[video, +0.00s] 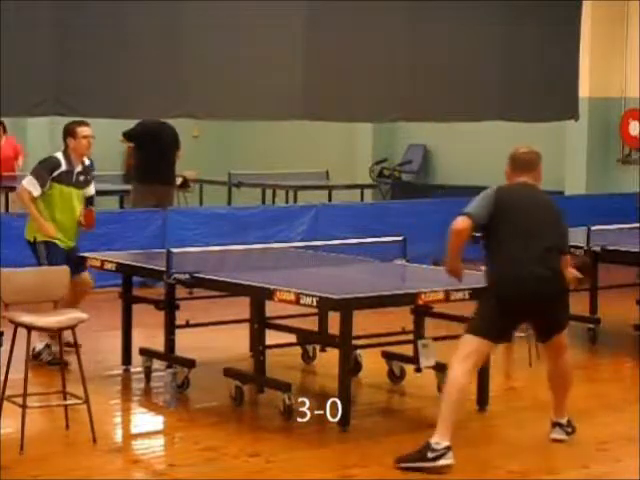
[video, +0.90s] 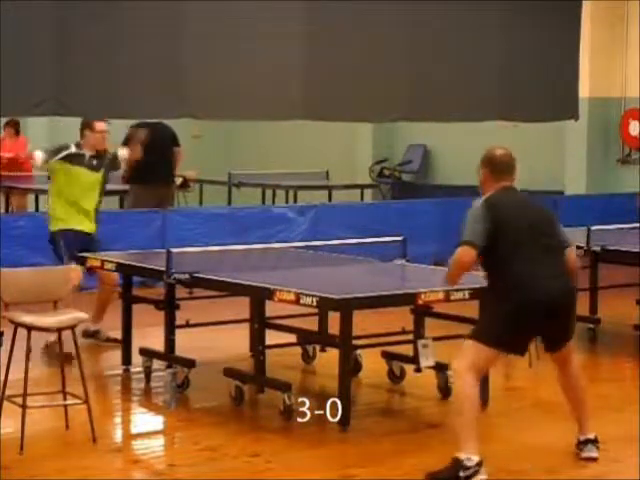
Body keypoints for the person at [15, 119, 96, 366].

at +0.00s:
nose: (89, 143)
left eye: (90, 138)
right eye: (84, 138)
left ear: (88, 142)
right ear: (70, 141)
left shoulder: (87, 168)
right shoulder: (52, 164)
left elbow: (89, 201)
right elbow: (23, 192)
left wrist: (87, 219)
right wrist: (41, 223)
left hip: (68, 238)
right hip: (45, 237)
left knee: (83, 284)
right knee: (57, 290)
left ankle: (57, 331)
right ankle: (47, 344)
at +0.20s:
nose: (102, 154)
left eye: (103, 150)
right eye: (98, 149)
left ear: (98, 153)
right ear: (83, 151)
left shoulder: (90, 178)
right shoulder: (67, 173)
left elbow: (81, 214)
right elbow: (40, 199)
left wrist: (94, 230)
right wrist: (69, 226)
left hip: (74, 246)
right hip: (53, 246)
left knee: (97, 280)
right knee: (54, 295)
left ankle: (83, 329)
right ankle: (40, 346)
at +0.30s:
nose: (109, 162)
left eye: (110, 158)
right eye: (105, 157)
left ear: (95, 162)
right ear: (91, 159)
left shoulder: (84, 182)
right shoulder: (82, 181)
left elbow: (77, 223)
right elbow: (75, 210)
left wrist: (95, 241)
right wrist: (105, 227)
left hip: (71, 250)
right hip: (57, 251)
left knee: (99, 281)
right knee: (76, 297)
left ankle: (85, 329)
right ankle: (42, 346)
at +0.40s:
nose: (112, 168)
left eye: (112, 163)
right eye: (108, 162)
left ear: (92, 165)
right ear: (94, 163)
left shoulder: (71, 181)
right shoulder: (95, 183)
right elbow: (101, 209)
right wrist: (129, 224)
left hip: (48, 250)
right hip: (66, 253)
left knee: (98, 280)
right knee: (83, 299)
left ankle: (86, 329)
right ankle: (41, 346)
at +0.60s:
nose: (115, 172)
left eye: (116, 167)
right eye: (112, 167)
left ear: (91, 168)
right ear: (98, 166)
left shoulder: (70, 183)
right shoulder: (103, 181)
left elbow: (45, 215)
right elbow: (122, 196)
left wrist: (61, 224)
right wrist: (153, 218)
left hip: (53, 247)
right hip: (75, 250)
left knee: (99, 276)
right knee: (79, 300)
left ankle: (86, 328)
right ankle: (41, 346)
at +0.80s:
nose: (116, 146)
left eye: (117, 141)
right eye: (113, 140)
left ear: (104, 142)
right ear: (100, 139)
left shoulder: (97, 174)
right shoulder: (70, 158)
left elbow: (101, 201)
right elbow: (58, 166)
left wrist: (123, 198)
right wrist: (64, 170)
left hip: (87, 230)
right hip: (65, 226)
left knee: (105, 278)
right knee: (78, 276)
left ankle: (89, 326)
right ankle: (62, 332)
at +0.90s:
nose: (104, 137)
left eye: (105, 133)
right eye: (100, 132)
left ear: (103, 136)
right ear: (85, 135)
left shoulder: (104, 159)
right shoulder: (66, 153)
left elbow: (127, 157)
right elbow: (41, 160)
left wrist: (126, 153)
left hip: (87, 226)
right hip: (63, 224)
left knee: (110, 279)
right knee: (73, 277)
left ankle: (93, 327)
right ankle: (57, 337)